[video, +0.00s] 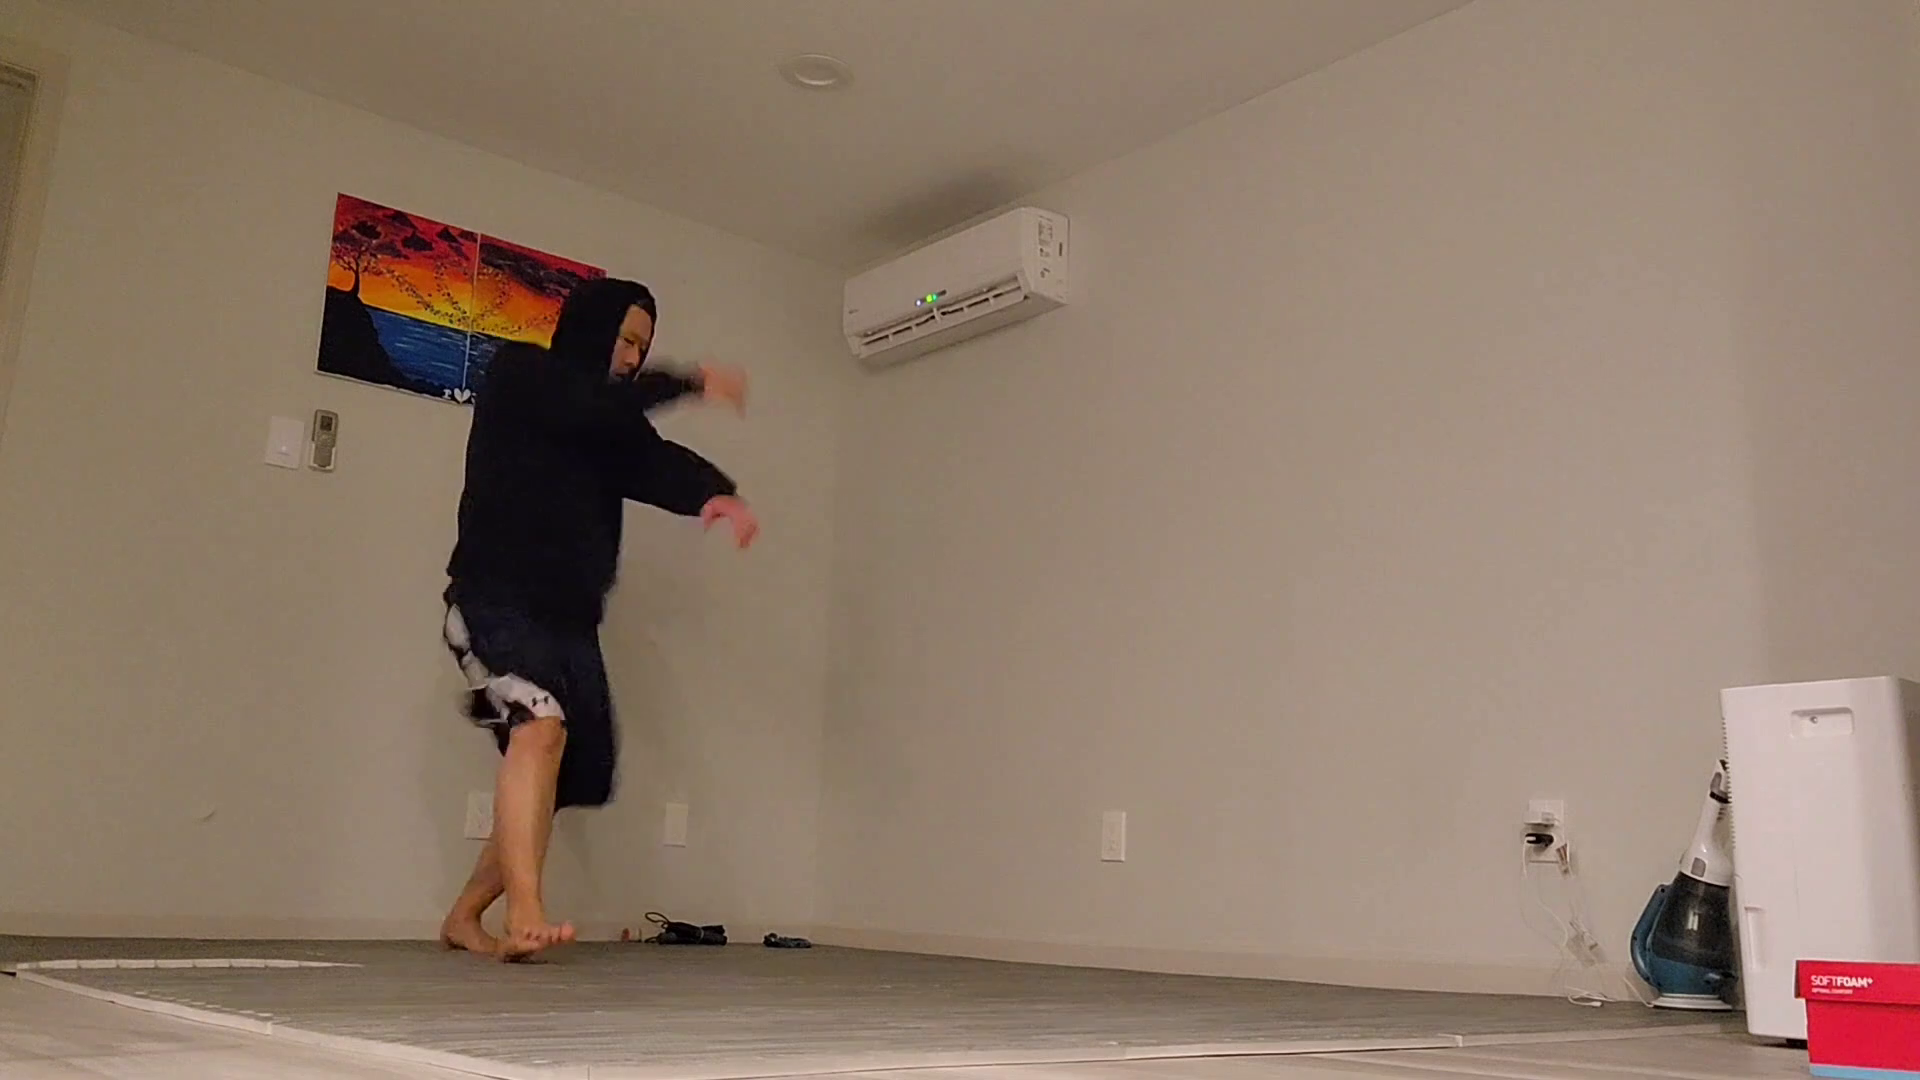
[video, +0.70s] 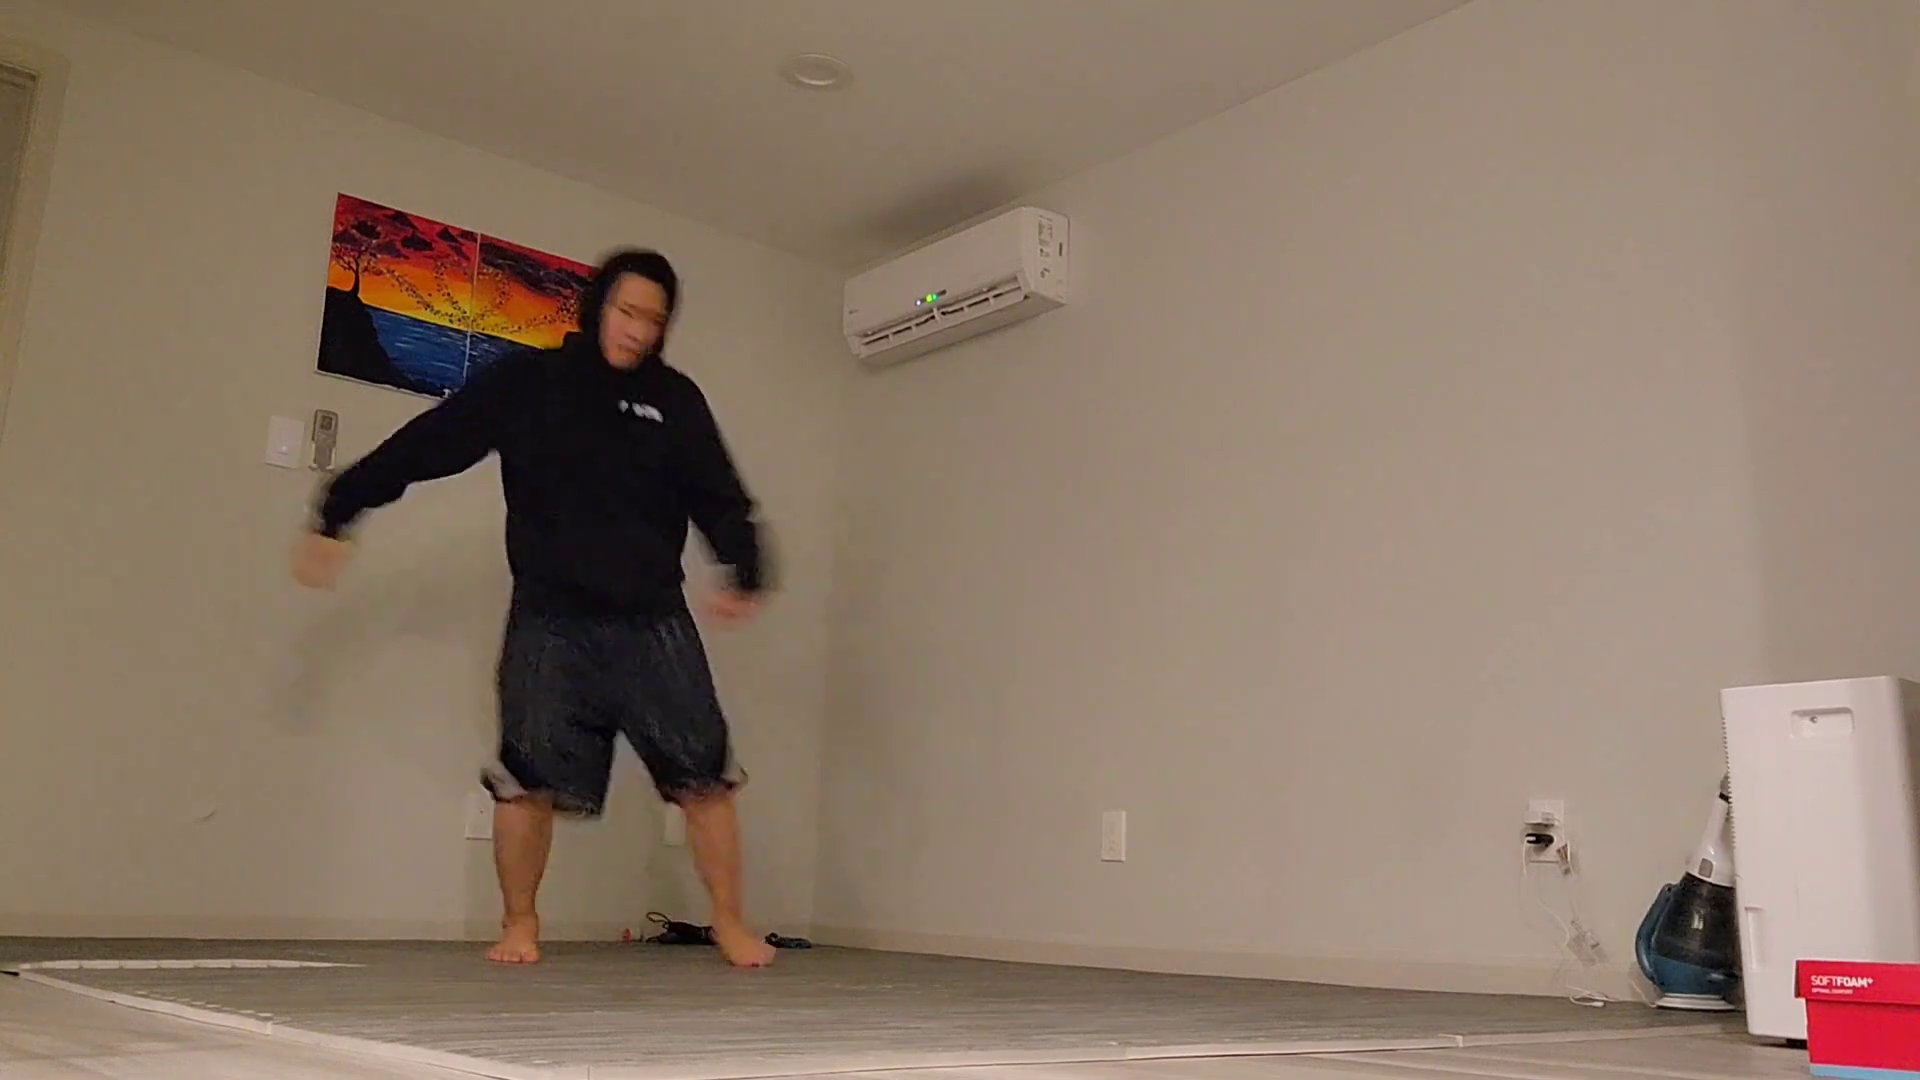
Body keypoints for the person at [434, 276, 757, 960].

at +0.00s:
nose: (634, 356)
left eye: (643, 346)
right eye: (626, 339)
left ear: (640, 352)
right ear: (585, 327)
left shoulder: (612, 415)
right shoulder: (517, 370)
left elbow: (651, 459)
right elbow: (588, 399)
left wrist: (710, 492)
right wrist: (685, 381)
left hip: (568, 611)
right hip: (496, 591)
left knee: (563, 769)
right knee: (537, 724)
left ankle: (465, 914)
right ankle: (523, 921)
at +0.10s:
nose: (626, 342)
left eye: (637, 331)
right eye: (616, 325)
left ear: (643, 335)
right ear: (578, 315)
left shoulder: (629, 398)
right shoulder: (517, 377)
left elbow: (649, 485)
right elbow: (537, 467)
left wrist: (684, 556)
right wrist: (647, 469)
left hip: (583, 608)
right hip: (504, 587)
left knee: (574, 794)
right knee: (539, 731)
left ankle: (478, 888)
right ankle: (517, 906)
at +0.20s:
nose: (606, 336)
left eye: (619, 323)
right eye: (593, 319)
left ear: (633, 327)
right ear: (559, 316)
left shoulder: (644, 410)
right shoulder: (502, 392)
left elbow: (658, 528)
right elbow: (502, 519)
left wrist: (664, 630)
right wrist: (603, 553)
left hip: (598, 609)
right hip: (514, 600)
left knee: (613, 776)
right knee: (526, 760)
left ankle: (503, 863)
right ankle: (507, 920)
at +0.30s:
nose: (597, 356)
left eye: (610, 340)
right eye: (582, 340)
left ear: (627, 342)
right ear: (554, 341)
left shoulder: (652, 421)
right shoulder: (506, 410)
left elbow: (667, 539)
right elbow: (472, 528)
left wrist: (676, 645)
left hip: (622, 621)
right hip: (522, 619)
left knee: (645, 756)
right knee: (515, 771)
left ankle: (570, 880)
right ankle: (506, 923)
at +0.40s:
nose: (613, 343)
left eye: (628, 329)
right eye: (601, 327)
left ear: (644, 334)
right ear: (575, 326)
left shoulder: (668, 410)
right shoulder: (520, 398)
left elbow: (694, 517)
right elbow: (465, 496)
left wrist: (724, 607)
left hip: (627, 626)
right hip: (526, 623)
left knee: (681, 761)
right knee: (505, 770)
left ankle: (675, 901)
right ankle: (505, 923)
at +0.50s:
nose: (659, 343)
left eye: (672, 331)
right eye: (647, 324)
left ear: (681, 335)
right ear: (609, 318)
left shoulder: (682, 406)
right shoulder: (536, 390)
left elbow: (732, 502)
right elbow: (433, 458)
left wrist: (810, 577)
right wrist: (341, 533)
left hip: (647, 625)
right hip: (547, 625)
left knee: (710, 778)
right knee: (524, 778)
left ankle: (740, 929)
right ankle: (511, 922)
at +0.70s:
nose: (638, 328)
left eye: (652, 317)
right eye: (627, 311)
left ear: (665, 326)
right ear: (594, 306)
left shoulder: (675, 399)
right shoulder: (531, 379)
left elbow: (716, 491)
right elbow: (434, 440)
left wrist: (744, 563)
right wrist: (339, 504)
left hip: (653, 620)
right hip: (550, 619)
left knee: (705, 776)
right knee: (528, 776)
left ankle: (731, 921)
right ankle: (519, 923)